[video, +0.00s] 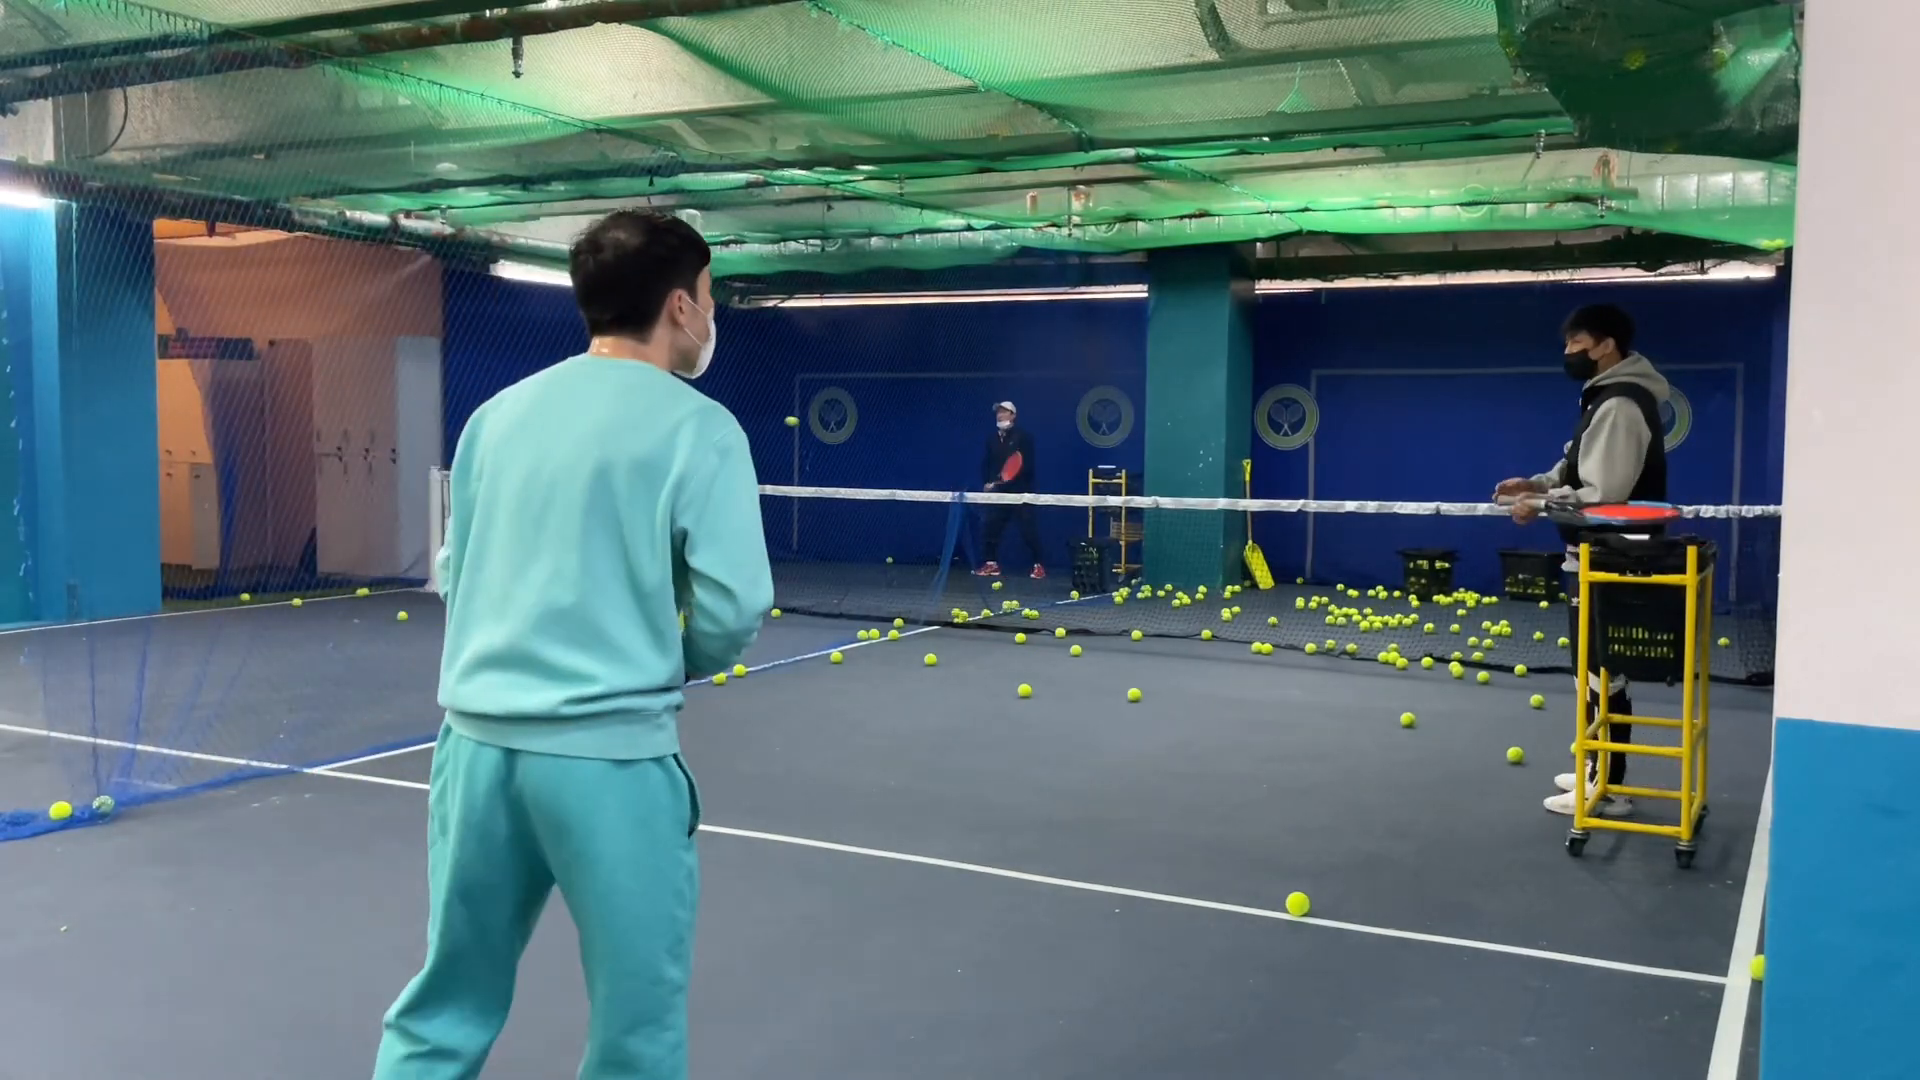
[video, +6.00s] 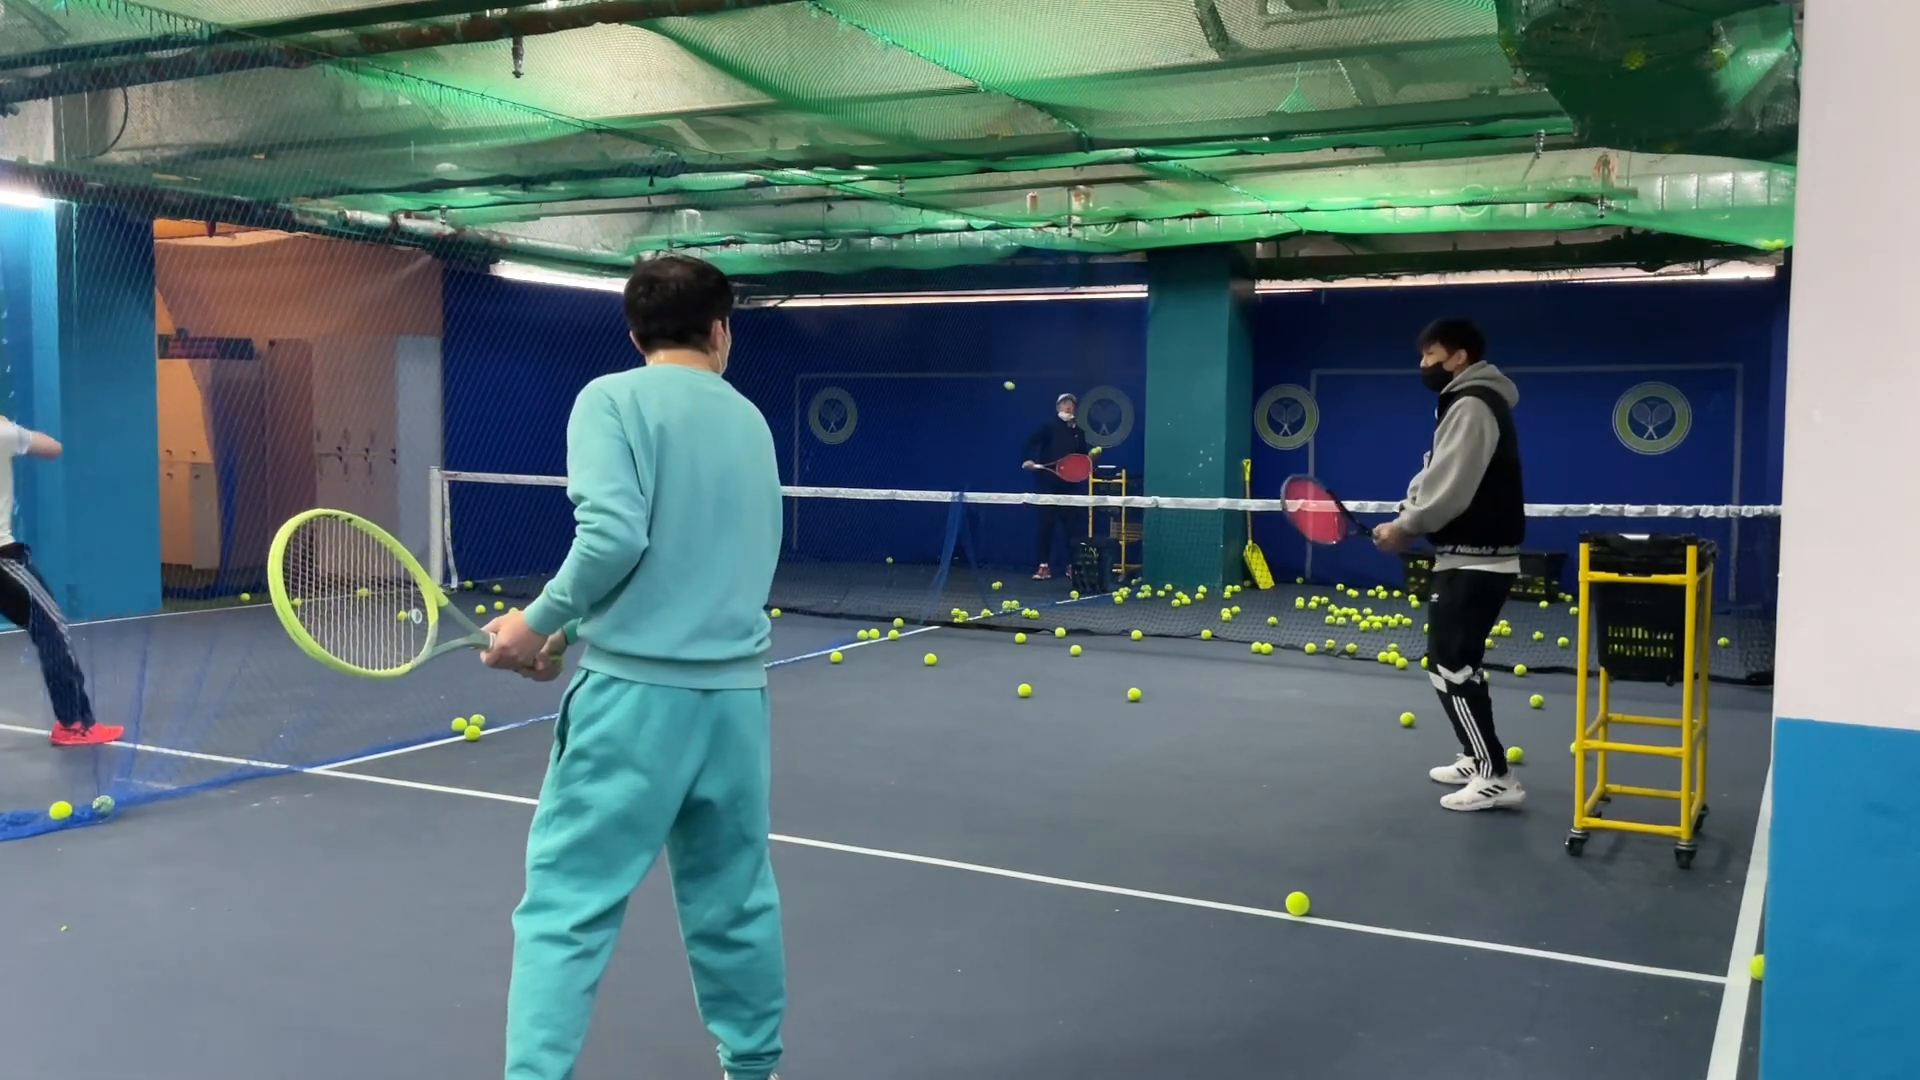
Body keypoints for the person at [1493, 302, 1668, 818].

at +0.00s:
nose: (1569, 350)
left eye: (1578, 341)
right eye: (1568, 342)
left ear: (1608, 344)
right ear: (1601, 348)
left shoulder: (1619, 405)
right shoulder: (1603, 399)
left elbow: (1604, 492)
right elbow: (1576, 469)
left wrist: (1543, 504)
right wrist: (1535, 484)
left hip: (1612, 557)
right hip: (1596, 553)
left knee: (1602, 669)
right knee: (1594, 665)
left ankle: (1606, 785)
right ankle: (1598, 768)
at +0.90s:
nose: (1550, 356)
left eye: (1557, 347)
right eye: (1551, 348)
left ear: (1584, 348)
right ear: (1592, 351)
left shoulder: (1582, 402)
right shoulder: (1617, 398)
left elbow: (1548, 474)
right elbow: (1576, 477)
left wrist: (1499, 493)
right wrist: (1513, 494)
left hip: (1573, 556)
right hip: (1609, 553)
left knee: (1531, 662)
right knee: (1579, 661)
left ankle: (1557, 776)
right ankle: (1589, 769)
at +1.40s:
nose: (1503, 361)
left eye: (1507, 352)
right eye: (1503, 353)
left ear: (1530, 352)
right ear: (1538, 353)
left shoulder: (1553, 407)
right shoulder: (1544, 404)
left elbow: (1512, 471)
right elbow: (1509, 484)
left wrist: (1443, 473)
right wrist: (1449, 491)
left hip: (1536, 561)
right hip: (1547, 561)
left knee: (1501, 675)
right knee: (1548, 667)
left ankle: (1500, 785)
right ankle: (1586, 767)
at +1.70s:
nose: (1466, 365)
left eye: (1469, 356)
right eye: (1466, 358)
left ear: (1489, 355)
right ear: (1494, 356)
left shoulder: (1533, 403)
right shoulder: (1494, 408)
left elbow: (1497, 465)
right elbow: (1469, 479)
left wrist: (1431, 459)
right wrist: (1421, 476)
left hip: (1526, 559)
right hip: (1500, 557)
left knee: (1494, 670)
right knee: (1486, 663)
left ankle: (1501, 785)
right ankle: (1532, 757)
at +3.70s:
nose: (1430, 374)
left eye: (1436, 364)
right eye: (1425, 367)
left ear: (1466, 356)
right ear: (1437, 369)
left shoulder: (1498, 400)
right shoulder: (1454, 407)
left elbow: (1492, 478)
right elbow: (1431, 472)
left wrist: (1456, 532)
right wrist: (1431, 525)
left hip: (1506, 557)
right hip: (1476, 557)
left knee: (1485, 673)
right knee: (1470, 667)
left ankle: (1501, 786)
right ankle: (1482, 760)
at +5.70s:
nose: (1436, 357)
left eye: (1445, 347)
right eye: (1432, 350)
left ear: (1476, 350)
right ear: (1438, 358)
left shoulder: (1489, 401)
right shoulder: (1461, 402)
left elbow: (1475, 476)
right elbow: (1433, 472)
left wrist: (1432, 532)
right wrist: (1419, 526)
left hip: (1492, 560)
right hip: (1469, 559)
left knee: (1480, 674)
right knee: (1465, 669)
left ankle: (1501, 786)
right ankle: (1480, 761)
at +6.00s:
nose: (1423, 364)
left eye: (1430, 354)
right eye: (1422, 355)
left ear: (1460, 356)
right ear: (1459, 359)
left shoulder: (1473, 408)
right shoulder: (1466, 404)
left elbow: (1450, 482)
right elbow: (1440, 474)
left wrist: (1404, 526)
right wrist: (1403, 521)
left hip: (1477, 565)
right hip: (1467, 563)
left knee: (1451, 668)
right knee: (1452, 664)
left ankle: (1494, 780)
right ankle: (1482, 759)